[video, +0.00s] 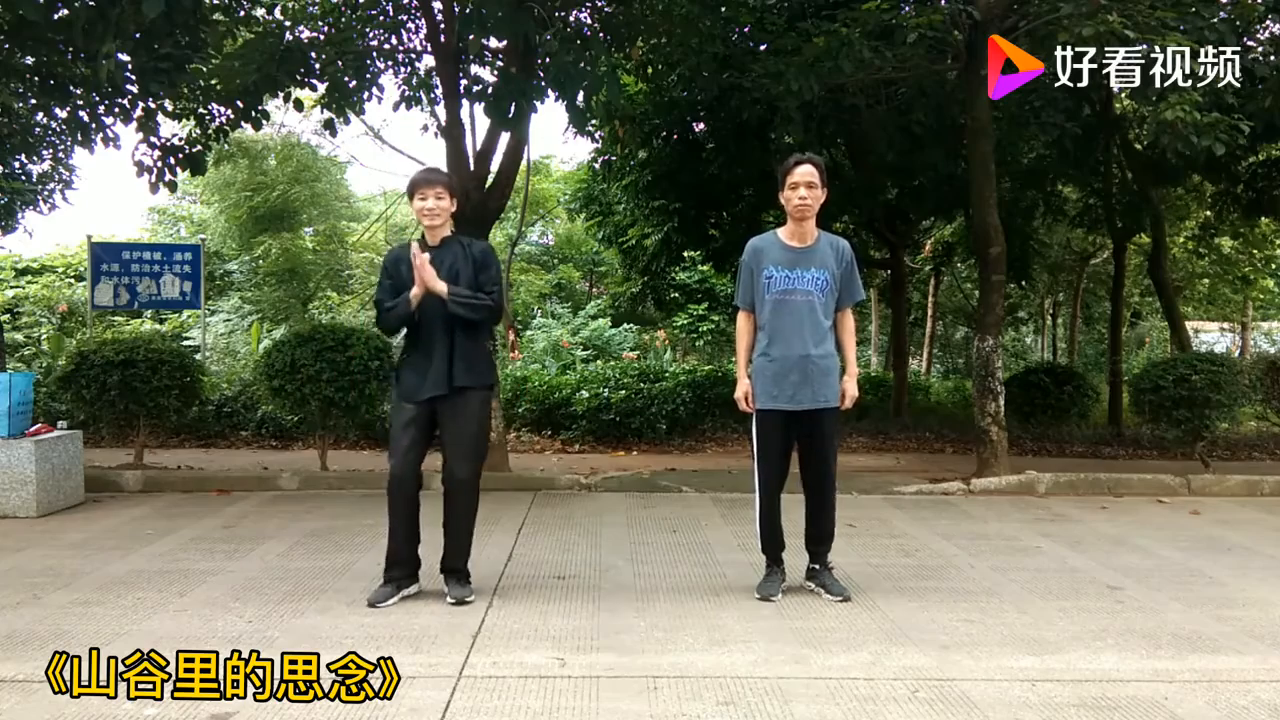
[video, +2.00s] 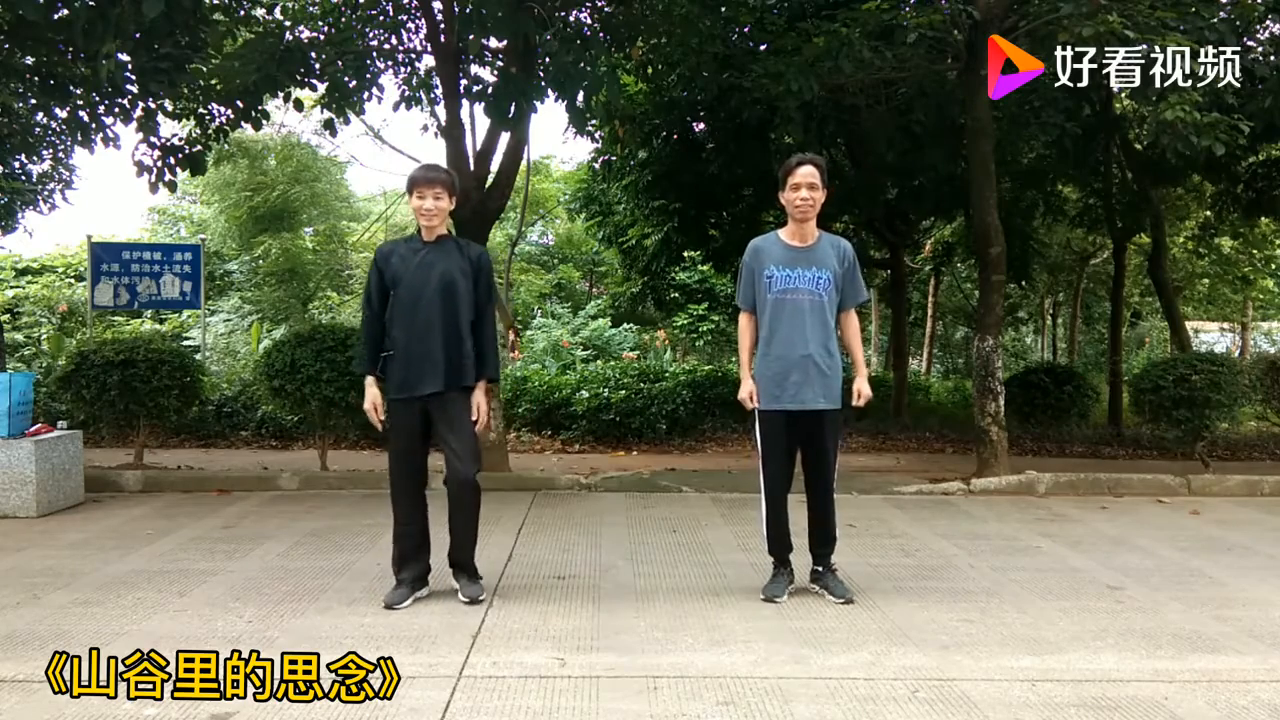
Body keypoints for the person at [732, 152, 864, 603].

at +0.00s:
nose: (803, 194)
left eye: (811, 186)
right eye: (795, 187)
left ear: (823, 194)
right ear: (782, 195)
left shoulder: (838, 250)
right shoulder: (758, 249)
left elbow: (844, 314)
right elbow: (746, 315)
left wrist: (851, 371)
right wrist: (742, 373)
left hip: (823, 384)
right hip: (770, 384)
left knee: (821, 481)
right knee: (768, 483)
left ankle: (819, 566)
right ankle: (773, 567)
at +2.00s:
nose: (804, 196)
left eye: (812, 188)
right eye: (795, 188)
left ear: (823, 196)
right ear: (782, 196)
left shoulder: (840, 251)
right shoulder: (759, 250)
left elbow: (848, 314)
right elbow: (747, 315)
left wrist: (861, 370)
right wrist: (745, 374)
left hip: (824, 387)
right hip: (772, 388)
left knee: (822, 484)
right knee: (775, 485)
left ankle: (822, 568)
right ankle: (781, 568)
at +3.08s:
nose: (785, 202)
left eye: (794, 194)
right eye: (777, 194)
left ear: (806, 203)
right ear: (765, 202)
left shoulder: (828, 254)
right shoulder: (745, 258)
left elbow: (855, 313)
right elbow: (727, 305)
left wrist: (830, 327)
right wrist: (707, 352)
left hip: (819, 393)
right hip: (766, 394)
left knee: (824, 487)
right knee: (769, 490)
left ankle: (823, 568)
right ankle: (781, 567)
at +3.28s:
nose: (779, 197)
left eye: (787, 188)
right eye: (771, 189)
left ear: (801, 197)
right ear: (759, 198)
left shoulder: (823, 246)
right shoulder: (738, 256)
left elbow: (857, 301)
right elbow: (718, 317)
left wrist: (817, 298)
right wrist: (696, 372)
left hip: (818, 375)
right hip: (763, 382)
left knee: (829, 443)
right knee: (765, 484)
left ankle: (827, 519)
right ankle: (782, 566)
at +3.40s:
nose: (777, 190)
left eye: (785, 182)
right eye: (769, 183)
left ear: (800, 187)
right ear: (759, 191)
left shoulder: (823, 237)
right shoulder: (742, 248)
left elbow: (846, 288)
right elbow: (722, 311)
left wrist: (841, 334)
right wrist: (740, 364)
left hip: (816, 353)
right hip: (765, 365)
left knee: (819, 382)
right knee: (772, 467)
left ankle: (820, 469)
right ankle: (782, 552)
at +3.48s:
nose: (778, 199)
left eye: (786, 191)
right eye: (770, 192)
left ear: (801, 197)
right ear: (759, 200)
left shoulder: (822, 247)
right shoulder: (742, 255)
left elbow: (841, 305)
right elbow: (723, 313)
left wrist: (854, 359)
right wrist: (761, 332)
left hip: (813, 359)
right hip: (764, 372)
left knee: (818, 371)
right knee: (771, 468)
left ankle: (817, 461)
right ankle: (781, 555)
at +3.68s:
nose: (782, 188)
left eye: (790, 180)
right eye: (774, 182)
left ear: (806, 185)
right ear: (765, 190)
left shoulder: (827, 240)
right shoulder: (745, 240)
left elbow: (839, 294)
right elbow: (726, 296)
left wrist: (854, 343)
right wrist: (772, 264)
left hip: (812, 363)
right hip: (759, 370)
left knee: (813, 432)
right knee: (770, 463)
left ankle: (810, 528)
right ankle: (781, 545)